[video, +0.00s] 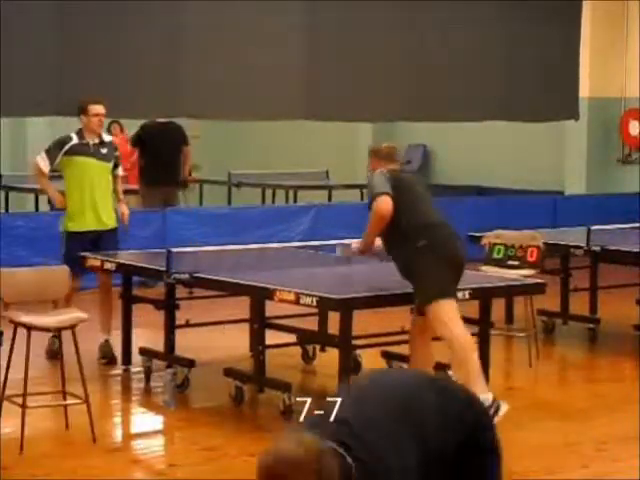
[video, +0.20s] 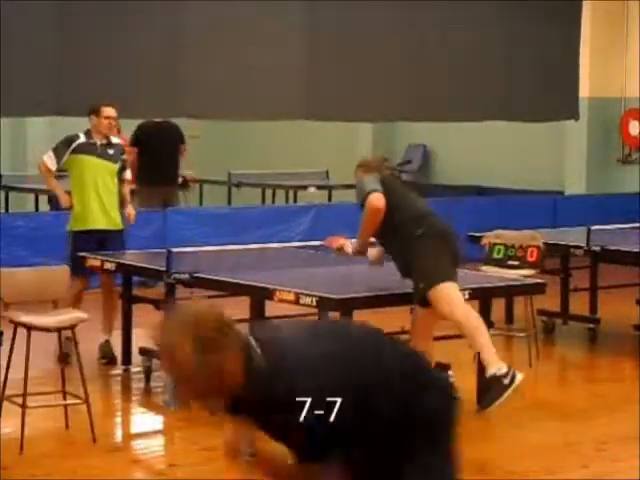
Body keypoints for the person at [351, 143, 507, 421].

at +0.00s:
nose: (369, 170)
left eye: (370, 166)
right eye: (371, 166)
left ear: (374, 164)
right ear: (396, 163)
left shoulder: (380, 176)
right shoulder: (410, 180)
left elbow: (383, 206)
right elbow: (416, 218)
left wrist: (367, 242)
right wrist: (387, 242)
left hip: (428, 254)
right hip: (449, 251)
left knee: (451, 327)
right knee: (420, 331)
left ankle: (482, 398)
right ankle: (418, 397)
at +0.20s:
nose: (358, 182)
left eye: (359, 178)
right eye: (359, 178)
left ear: (363, 173)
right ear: (382, 172)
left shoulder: (369, 178)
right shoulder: (397, 189)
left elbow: (377, 204)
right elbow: (381, 251)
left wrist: (358, 245)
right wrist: (352, 248)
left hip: (426, 242)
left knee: (451, 306)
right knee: (421, 331)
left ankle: (497, 370)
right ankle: (417, 392)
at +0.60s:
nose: (357, 191)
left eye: (357, 186)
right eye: (357, 187)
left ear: (363, 178)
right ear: (383, 177)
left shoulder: (370, 182)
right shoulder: (401, 206)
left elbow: (372, 202)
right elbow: (384, 272)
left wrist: (361, 243)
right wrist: (353, 271)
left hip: (423, 241)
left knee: (445, 305)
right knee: (420, 340)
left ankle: (492, 372)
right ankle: (410, 415)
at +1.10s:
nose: (449, 135)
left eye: (450, 129)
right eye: (451, 128)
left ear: (457, 130)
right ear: (485, 130)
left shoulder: (452, 168)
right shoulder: (512, 169)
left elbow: (432, 223)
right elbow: (530, 223)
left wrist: (451, 221)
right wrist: (496, 226)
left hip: (467, 280)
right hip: (513, 280)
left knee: (444, 359)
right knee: (517, 357)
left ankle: (437, 445)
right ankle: (522, 441)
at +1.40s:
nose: (437, 139)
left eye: (437, 133)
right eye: (439, 133)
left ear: (444, 134)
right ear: (473, 134)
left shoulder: (436, 172)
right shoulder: (501, 170)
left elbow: (416, 229)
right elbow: (528, 223)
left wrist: (426, 216)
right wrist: (501, 240)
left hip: (460, 276)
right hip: (506, 276)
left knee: (438, 357)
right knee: (514, 353)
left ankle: (436, 445)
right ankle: (530, 437)